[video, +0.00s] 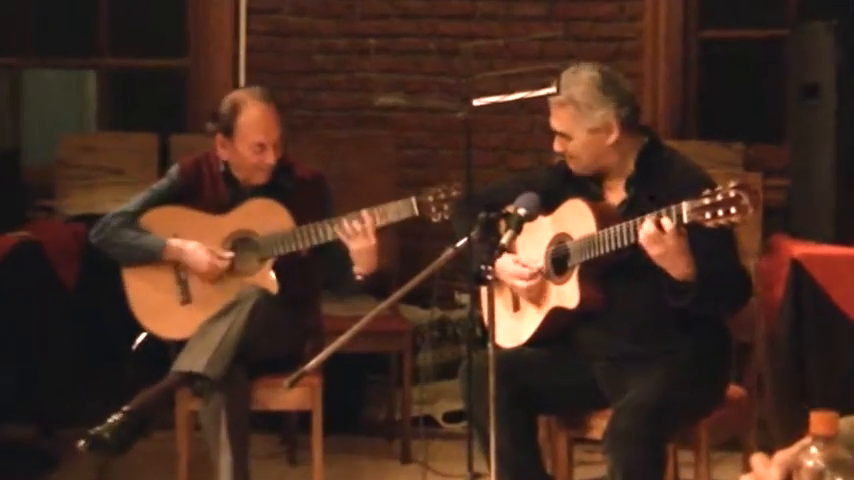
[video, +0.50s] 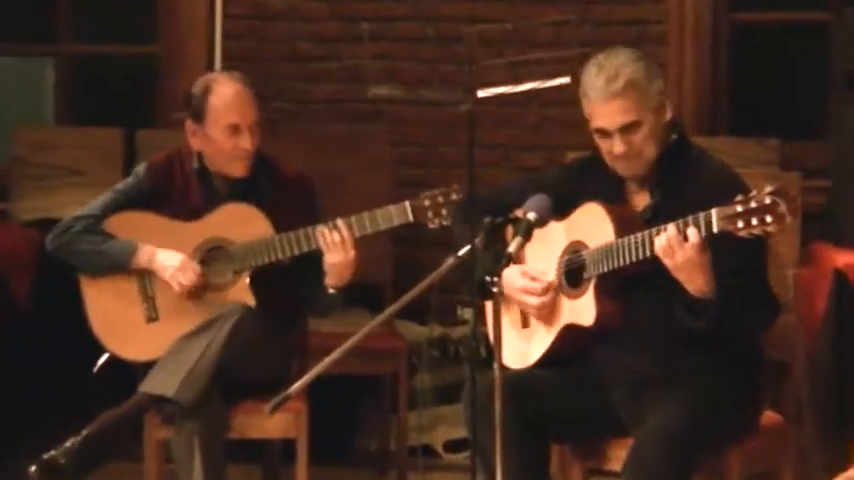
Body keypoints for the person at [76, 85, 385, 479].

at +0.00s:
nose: (270, 158)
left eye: (275, 146)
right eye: (257, 148)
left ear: (283, 139)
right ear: (223, 145)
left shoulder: (304, 188)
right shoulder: (192, 177)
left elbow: (331, 280)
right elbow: (105, 233)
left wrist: (362, 270)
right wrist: (177, 250)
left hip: (284, 331)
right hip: (208, 325)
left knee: (252, 300)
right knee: (225, 368)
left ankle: (143, 409)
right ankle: (232, 476)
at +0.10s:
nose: (268, 158)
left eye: (273, 145)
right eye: (255, 147)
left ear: (280, 137)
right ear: (219, 143)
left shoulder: (302, 188)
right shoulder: (188, 176)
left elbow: (326, 284)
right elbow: (98, 232)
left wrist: (355, 274)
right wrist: (177, 242)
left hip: (281, 333)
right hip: (201, 326)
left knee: (251, 304)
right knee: (221, 384)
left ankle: (136, 411)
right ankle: (224, 476)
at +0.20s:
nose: (265, 157)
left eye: (271, 143)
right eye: (251, 145)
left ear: (278, 135)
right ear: (214, 141)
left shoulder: (296, 190)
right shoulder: (182, 177)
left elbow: (321, 286)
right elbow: (92, 233)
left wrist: (348, 276)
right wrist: (175, 249)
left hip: (278, 338)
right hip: (198, 328)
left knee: (246, 306)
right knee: (217, 390)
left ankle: (130, 416)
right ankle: (218, 475)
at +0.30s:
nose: (260, 151)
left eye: (266, 137)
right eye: (246, 139)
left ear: (275, 131)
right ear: (208, 138)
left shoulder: (294, 190)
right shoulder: (178, 175)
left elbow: (314, 287)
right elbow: (85, 232)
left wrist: (343, 280)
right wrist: (170, 258)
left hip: (273, 342)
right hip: (190, 332)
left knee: (244, 310)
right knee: (211, 394)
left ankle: (118, 420)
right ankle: (213, 474)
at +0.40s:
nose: (255, 147)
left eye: (261, 133)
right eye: (240, 135)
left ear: (269, 129)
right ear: (202, 135)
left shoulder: (291, 189)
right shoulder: (172, 174)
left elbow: (312, 293)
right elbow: (77, 234)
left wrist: (339, 283)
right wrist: (162, 261)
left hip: (270, 346)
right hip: (186, 338)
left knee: (241, 316)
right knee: (206, 405)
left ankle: (107, 428)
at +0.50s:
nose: (249, 144)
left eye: (254, 129)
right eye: (232, 132)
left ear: (262, 124)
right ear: (194, 133)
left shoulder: (288, 190)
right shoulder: (163, 176)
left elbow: (311, 299)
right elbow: (65, 237)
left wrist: (334, 285)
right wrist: (153, 257)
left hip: (267, 351)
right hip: (181, 345)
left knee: (236, 319)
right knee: (198, 410)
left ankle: (94, 441)